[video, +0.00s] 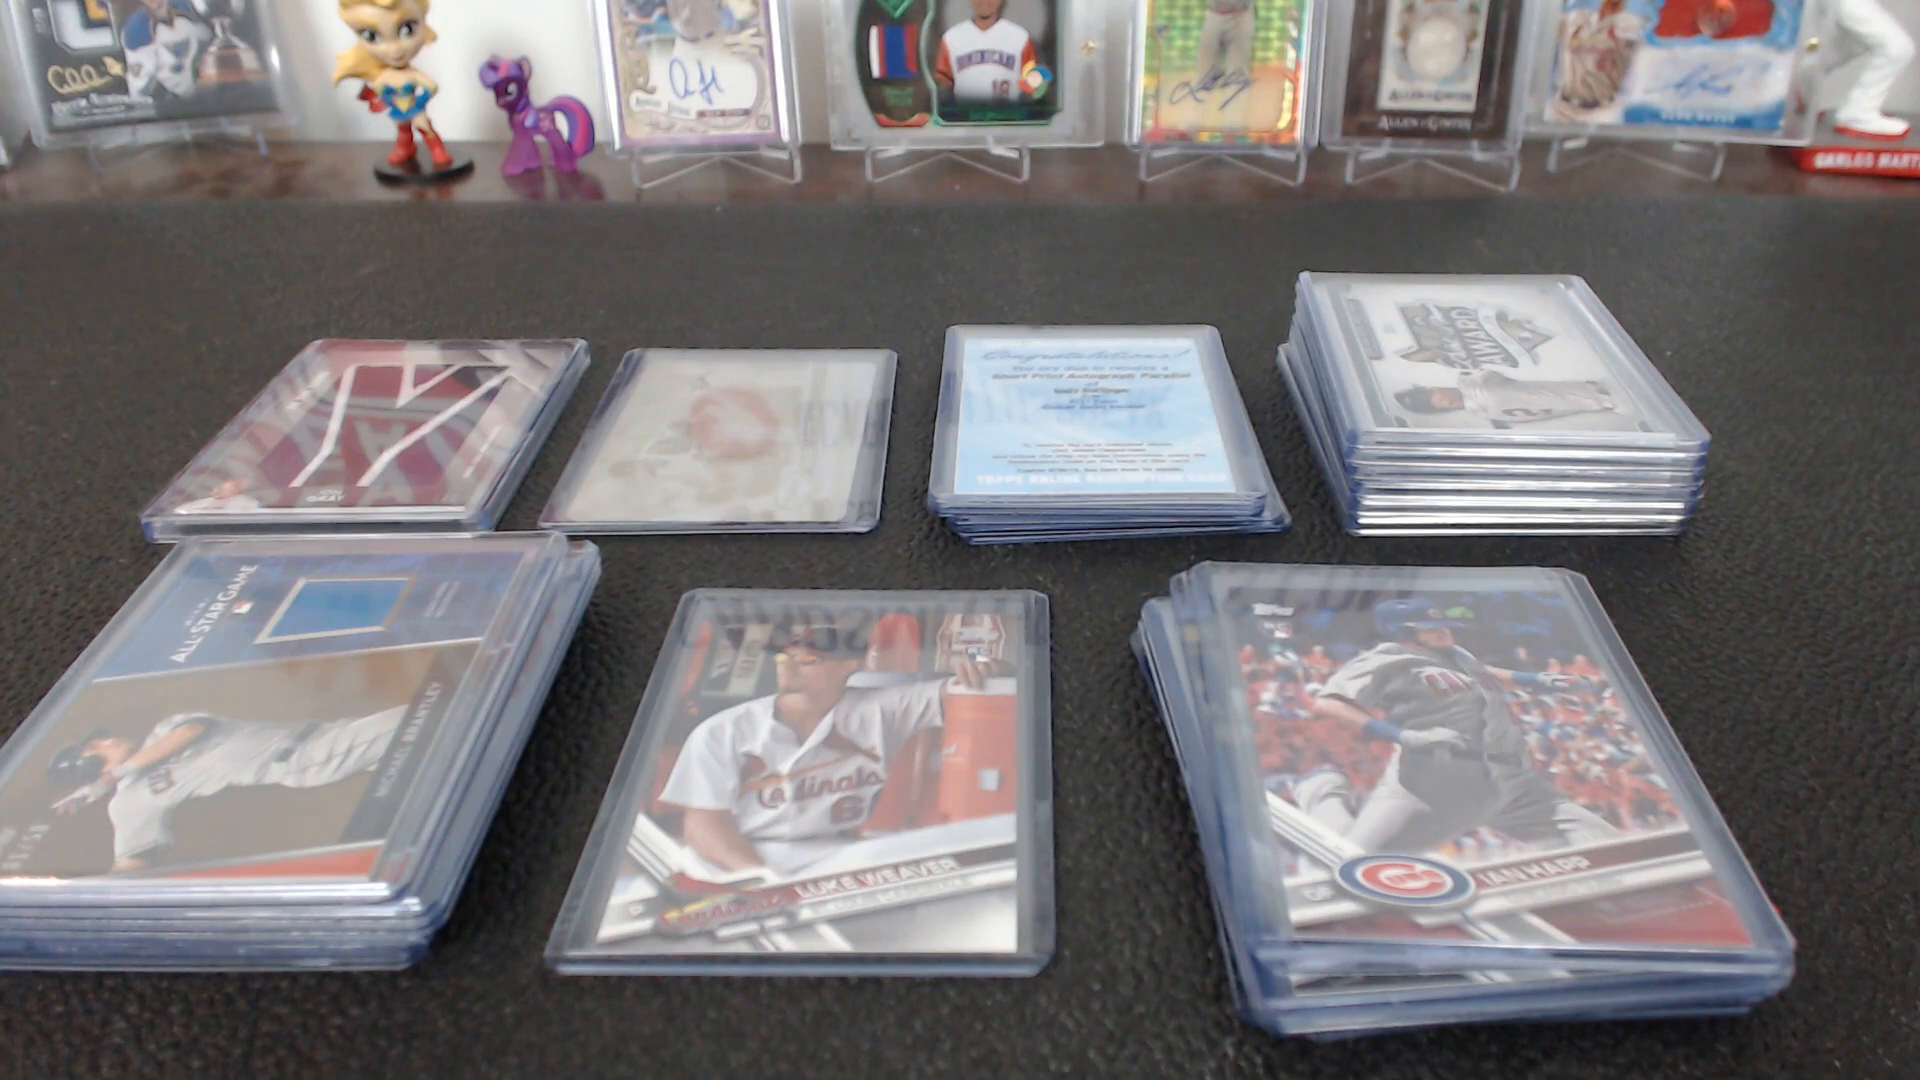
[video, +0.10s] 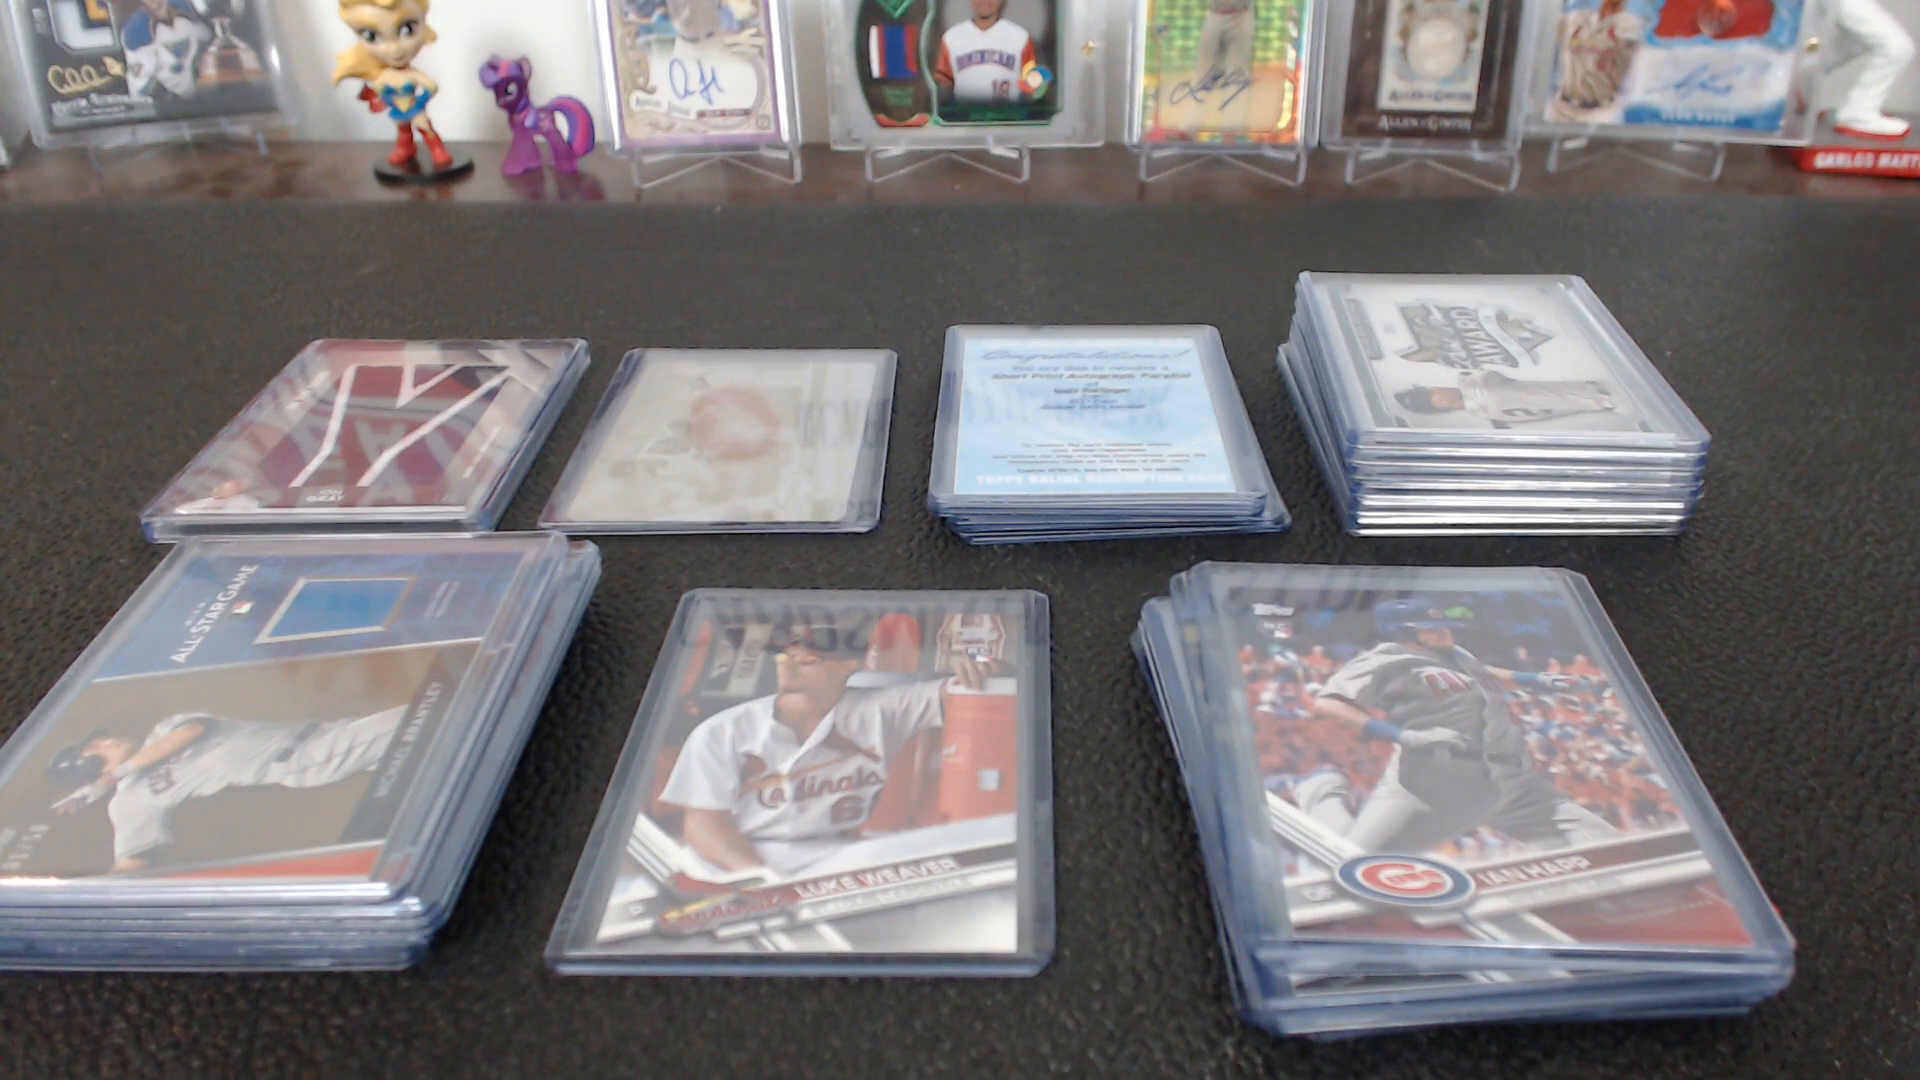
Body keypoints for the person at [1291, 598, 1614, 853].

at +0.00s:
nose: (1445, 631)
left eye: (1444, 622)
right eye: (1433, 623)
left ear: (1445, 625)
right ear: (1405, 629)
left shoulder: (1458, 657)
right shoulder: (1386, 659)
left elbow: (1490, 677)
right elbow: (1328, 704)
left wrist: (1541, 682)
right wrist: (1404, 736)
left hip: (1508, 788)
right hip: (1429, 794)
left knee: (1610, 847)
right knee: (1351, 870)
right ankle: (1322, 793)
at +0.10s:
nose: (1445, 631)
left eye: (1444, 622)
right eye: (1433, 624)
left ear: (1445, 625)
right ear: (1405, 629)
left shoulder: (1458, 657)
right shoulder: (1386, 660)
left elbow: (1490, 677)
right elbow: (1328, 704)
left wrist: (1541, 682)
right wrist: (1404, 736)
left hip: (1508, 788)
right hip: (1429, 795)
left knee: (1610, 848)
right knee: (1351, 870)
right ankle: (1322, 793)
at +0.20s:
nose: (1445, 630)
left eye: (1444, 622)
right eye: (1433, 623)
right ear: (1406, 629)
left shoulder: (1458, 656)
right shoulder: (1386, 660)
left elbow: (1490, 677)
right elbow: (1328, 704)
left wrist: (1541, 682)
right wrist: (1404, 736)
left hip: (1508, 787)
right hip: (1429, 795)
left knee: (1609, 847)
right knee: (1352, 869)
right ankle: (1321, 792)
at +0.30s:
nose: (1445, 631)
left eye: (1444, 623)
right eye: (1433, 624)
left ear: (1445, 626)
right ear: (1405, 630)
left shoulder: (1458, 657)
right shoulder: (1386, 660)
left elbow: (1490, 677)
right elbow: (1328, 704)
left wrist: (1541, 682)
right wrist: (1404, 736)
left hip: (1508, 788)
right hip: (1428, 795)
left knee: (1610, 847)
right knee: (1351, 870)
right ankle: (1322, 793)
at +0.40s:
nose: (1445, 631)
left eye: (1444, 623)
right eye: (1433, 624)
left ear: (1445, 626)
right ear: (1405, 630)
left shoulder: (1458, 657)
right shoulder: (1386, 660)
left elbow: (1490, 677)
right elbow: (1328, 704)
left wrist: (1541, 682)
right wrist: (1404, 736)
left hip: (1508, 788)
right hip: (1428, 795)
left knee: (1610, 847)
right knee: (1351, 870)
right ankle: (1322, 793)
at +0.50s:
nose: (1445, 631)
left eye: (1444, 622)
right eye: (1433, 623)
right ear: (1406, 630)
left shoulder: (1458, 656)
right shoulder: (1386, 660)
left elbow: (1490, 677)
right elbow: (1328, 704)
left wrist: (1541, 682)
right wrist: (1404, 736)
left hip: (1508, 787)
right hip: (1428, 795)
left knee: (1609, 847)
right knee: (1352, 869)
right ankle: (1321, 792)